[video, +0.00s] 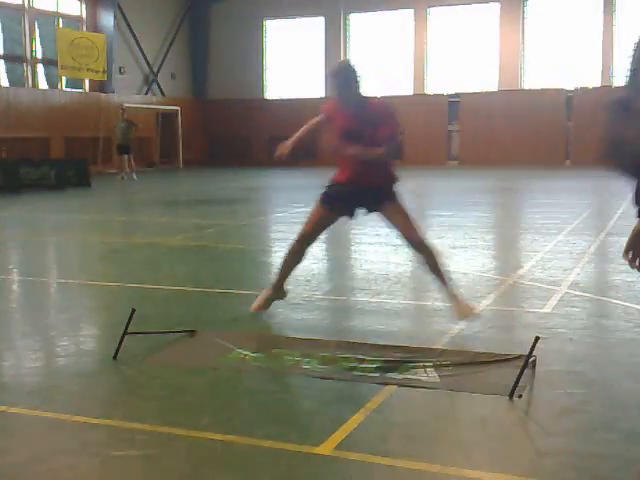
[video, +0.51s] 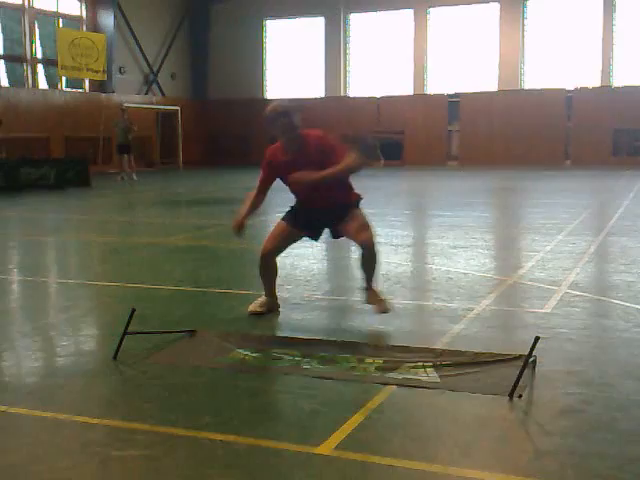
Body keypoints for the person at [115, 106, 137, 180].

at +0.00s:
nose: (122, 115)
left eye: (123, 113)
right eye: (121, 113)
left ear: (125, 114)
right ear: (120, 114)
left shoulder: (128, 122)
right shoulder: (118, 123)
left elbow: (136, 127)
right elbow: (114, 130)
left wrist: (133, 133)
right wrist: (116, 139)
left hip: (127, 142)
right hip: (120, 142)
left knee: (130, 159)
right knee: (122, 159)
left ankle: (133, 173)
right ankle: (123, 173)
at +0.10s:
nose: (122, 115)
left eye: (123, 113)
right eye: (121, 113)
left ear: (125, 114)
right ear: (119, 114)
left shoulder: (129, 122)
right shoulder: (118, 122)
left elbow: (137, 126)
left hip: (127, 142)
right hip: (120, 142)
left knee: (130, 159)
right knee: (121, 159)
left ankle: (133, 173)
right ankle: (123, 173)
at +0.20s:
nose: (122, 115)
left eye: (123, 113)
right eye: (121, 113)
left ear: (125, 114)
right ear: (120, 114)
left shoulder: (128, 122)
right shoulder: (118, 123)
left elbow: (136, 126)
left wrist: (130, 122)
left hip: (127, 142)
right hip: (120, 142)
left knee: (130, 158)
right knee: (121, 159)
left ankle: (133, 173)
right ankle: (123, 173)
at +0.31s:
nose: (122, 115)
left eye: (124, 113)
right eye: (121, 113)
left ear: (126, 113)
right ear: (120, 113)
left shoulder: (128, 122)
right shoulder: (119, 122)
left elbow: (136, 125)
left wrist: (128, 121)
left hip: (127, 142)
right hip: (120, 142)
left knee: (130, 159)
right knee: (121, 159)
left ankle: (133, 173)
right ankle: (123, 173)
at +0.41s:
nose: (122, 115)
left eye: (124, 113)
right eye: (121, 113)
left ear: (126, 113)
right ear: (120, 113)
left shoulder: (129, 122)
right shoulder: (118, 122)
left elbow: (134, 129)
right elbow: (115, 133)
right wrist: (115, 143)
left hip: (128, 141)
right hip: (120, 142)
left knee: (130, 158)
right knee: (121, 159)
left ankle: (133, 173)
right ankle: (123, 173)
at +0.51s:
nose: (123, 115)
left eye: (125, 113)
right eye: (122, 113)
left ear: (126, 113)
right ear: (120, 113)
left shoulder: (129, 122)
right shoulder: (118, 122)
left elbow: (134, 129)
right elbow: (114, 128)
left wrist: (130, 135)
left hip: (128, 142)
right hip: (120, 142)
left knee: (131, 158)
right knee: (121, 159)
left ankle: (133, 173)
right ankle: (122, 173)